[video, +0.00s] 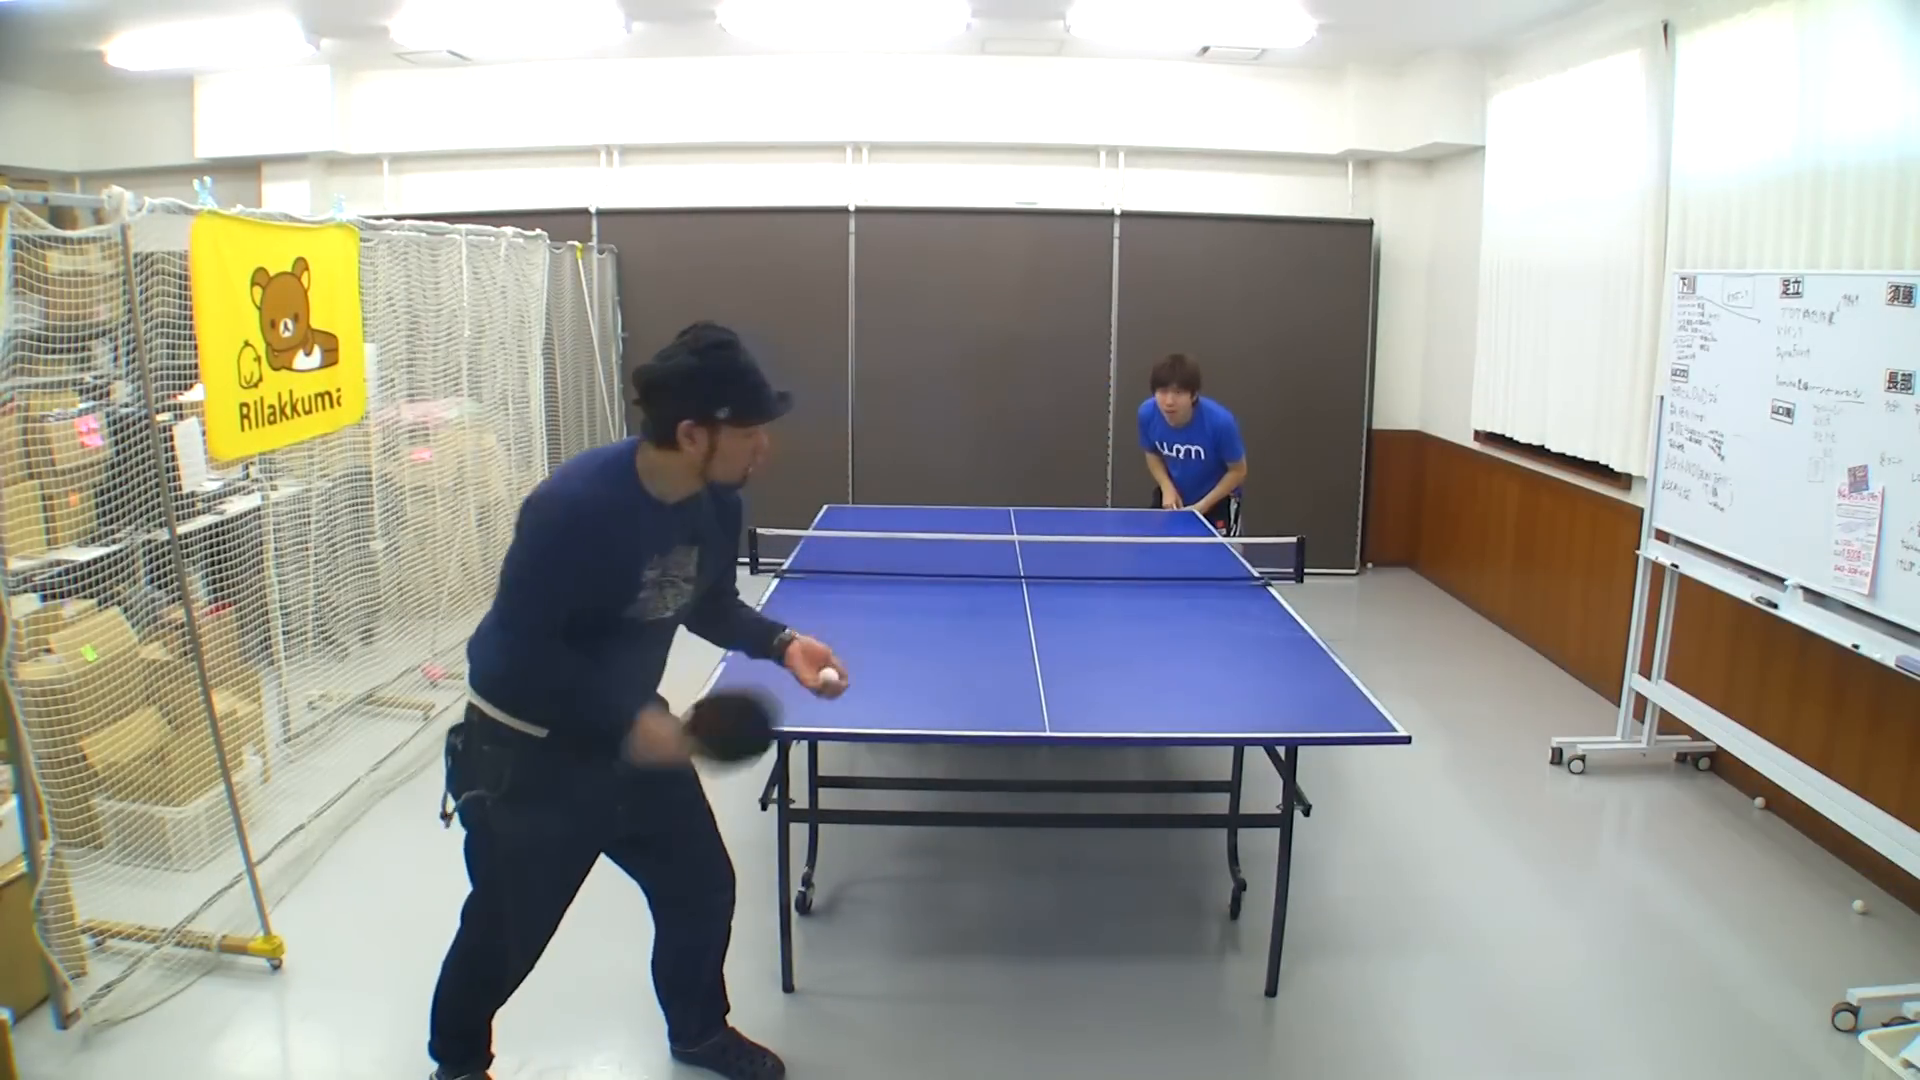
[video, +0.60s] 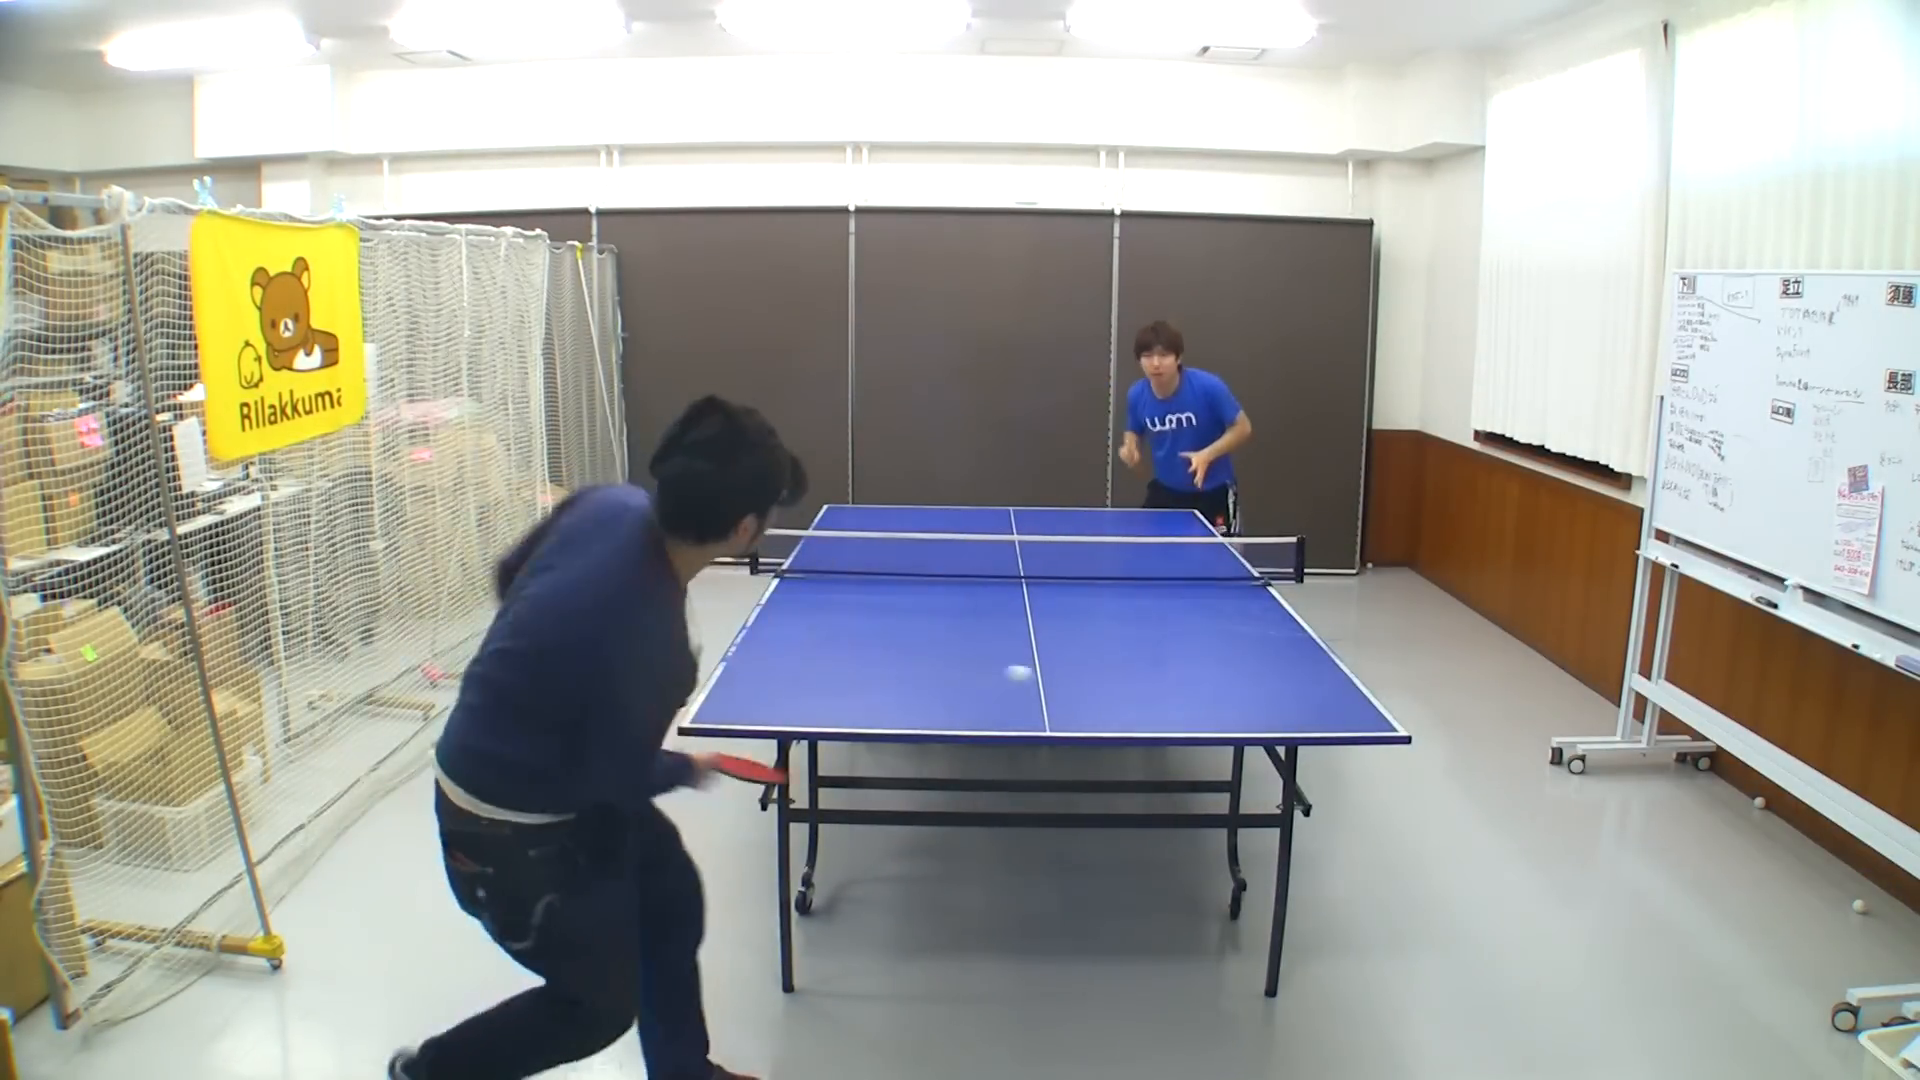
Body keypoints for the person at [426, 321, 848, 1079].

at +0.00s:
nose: (764, 445)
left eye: (763, 427)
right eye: (751, 429)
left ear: (699, 435)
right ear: (693, 434)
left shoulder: (715, 499)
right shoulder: (573, 507)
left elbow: (705, 604)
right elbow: (506, 656)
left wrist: (784, 644)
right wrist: (624, 716)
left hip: (630, 737)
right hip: (527, 748)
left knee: (701, 892)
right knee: (505, 932)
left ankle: (698, 1035)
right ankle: (457, 1061)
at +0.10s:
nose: (741, 462)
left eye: (741, 446)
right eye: (728, 448)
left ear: (679, 450)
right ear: (668, 449)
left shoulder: (705, 506)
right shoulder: (542, 518)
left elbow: (709, 604)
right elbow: (452, 632)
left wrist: (778, 613)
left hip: (627, 742)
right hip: (525, 760)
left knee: (695, 892)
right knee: (500, 942)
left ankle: (697, 1033)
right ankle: (457, 1059)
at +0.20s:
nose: (728, 476)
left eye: (727, 460)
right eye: (715, 464)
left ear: (661, 470)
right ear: (653, 470)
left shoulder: (697, 514)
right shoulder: (521, 529)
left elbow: (695, 591)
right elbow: (398, 603)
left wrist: (740, 659)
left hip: (620, 744)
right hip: (514, 761)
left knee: (691, 892)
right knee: (503, 943)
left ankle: (698, 1033)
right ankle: (457, 1056)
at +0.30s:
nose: (723, 498)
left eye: (722, 481)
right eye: (708, 485)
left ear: (649, 491)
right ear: (640, 491)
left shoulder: (695, 536)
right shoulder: (512, 543)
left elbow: (668, 607)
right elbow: (396, 620)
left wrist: (682, 688)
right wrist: (368, 754)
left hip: (619, 752)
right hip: (512, 771)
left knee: (699, 883)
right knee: (507, 951)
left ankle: (696, 1036)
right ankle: (456, 1058)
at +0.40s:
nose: (730, 539)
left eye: (730, 523)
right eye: (715, 525)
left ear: (660, 520)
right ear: (652, 524)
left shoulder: (688, 557)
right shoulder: (519, 586)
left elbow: (639, 630)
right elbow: (467, 722)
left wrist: (657, 688)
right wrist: (526, 795)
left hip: (612, 757)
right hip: (520, 779)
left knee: (703, 879)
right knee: (529, 969)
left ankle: (683, 1059)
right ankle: (455, 1055)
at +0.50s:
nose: (753, 569)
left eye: (755, 554)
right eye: (750, 556)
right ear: (705, 558)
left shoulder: (649, 542)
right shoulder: (581, 629)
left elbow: (595, 657)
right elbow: (600, 781)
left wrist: (645, 710)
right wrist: (744, 773)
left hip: (589, 778)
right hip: (513, 817)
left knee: (694, 899)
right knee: (561, 1000)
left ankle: (685, 1068)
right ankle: (452, 1057)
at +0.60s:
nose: (762, 525)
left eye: (765, 509)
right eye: (762, 512)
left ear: (672, 470)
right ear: (740, 528)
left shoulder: (611, 504)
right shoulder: (648, 636)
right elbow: (609, 775)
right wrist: (688, 769)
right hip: (512, 840)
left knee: (670, 896)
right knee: (601, 1007)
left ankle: (680, 1066)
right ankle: (421, 1070)